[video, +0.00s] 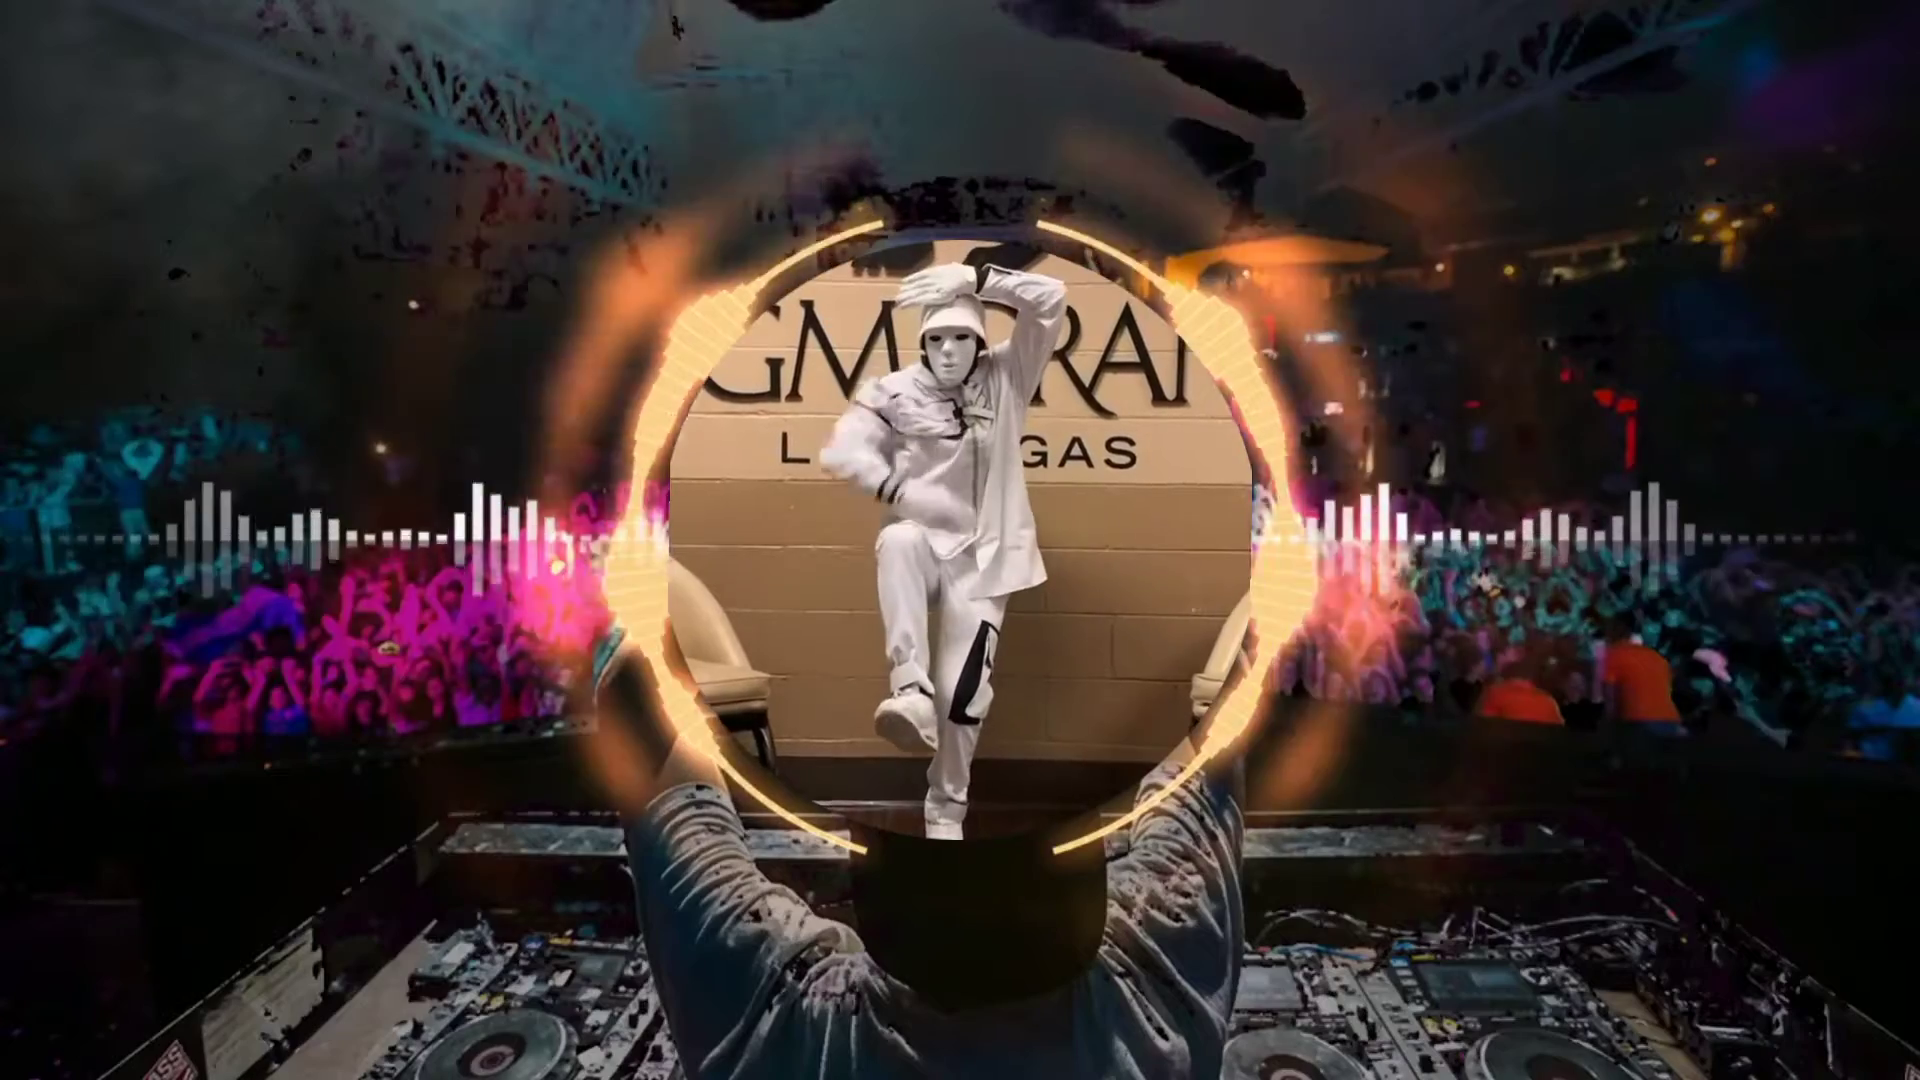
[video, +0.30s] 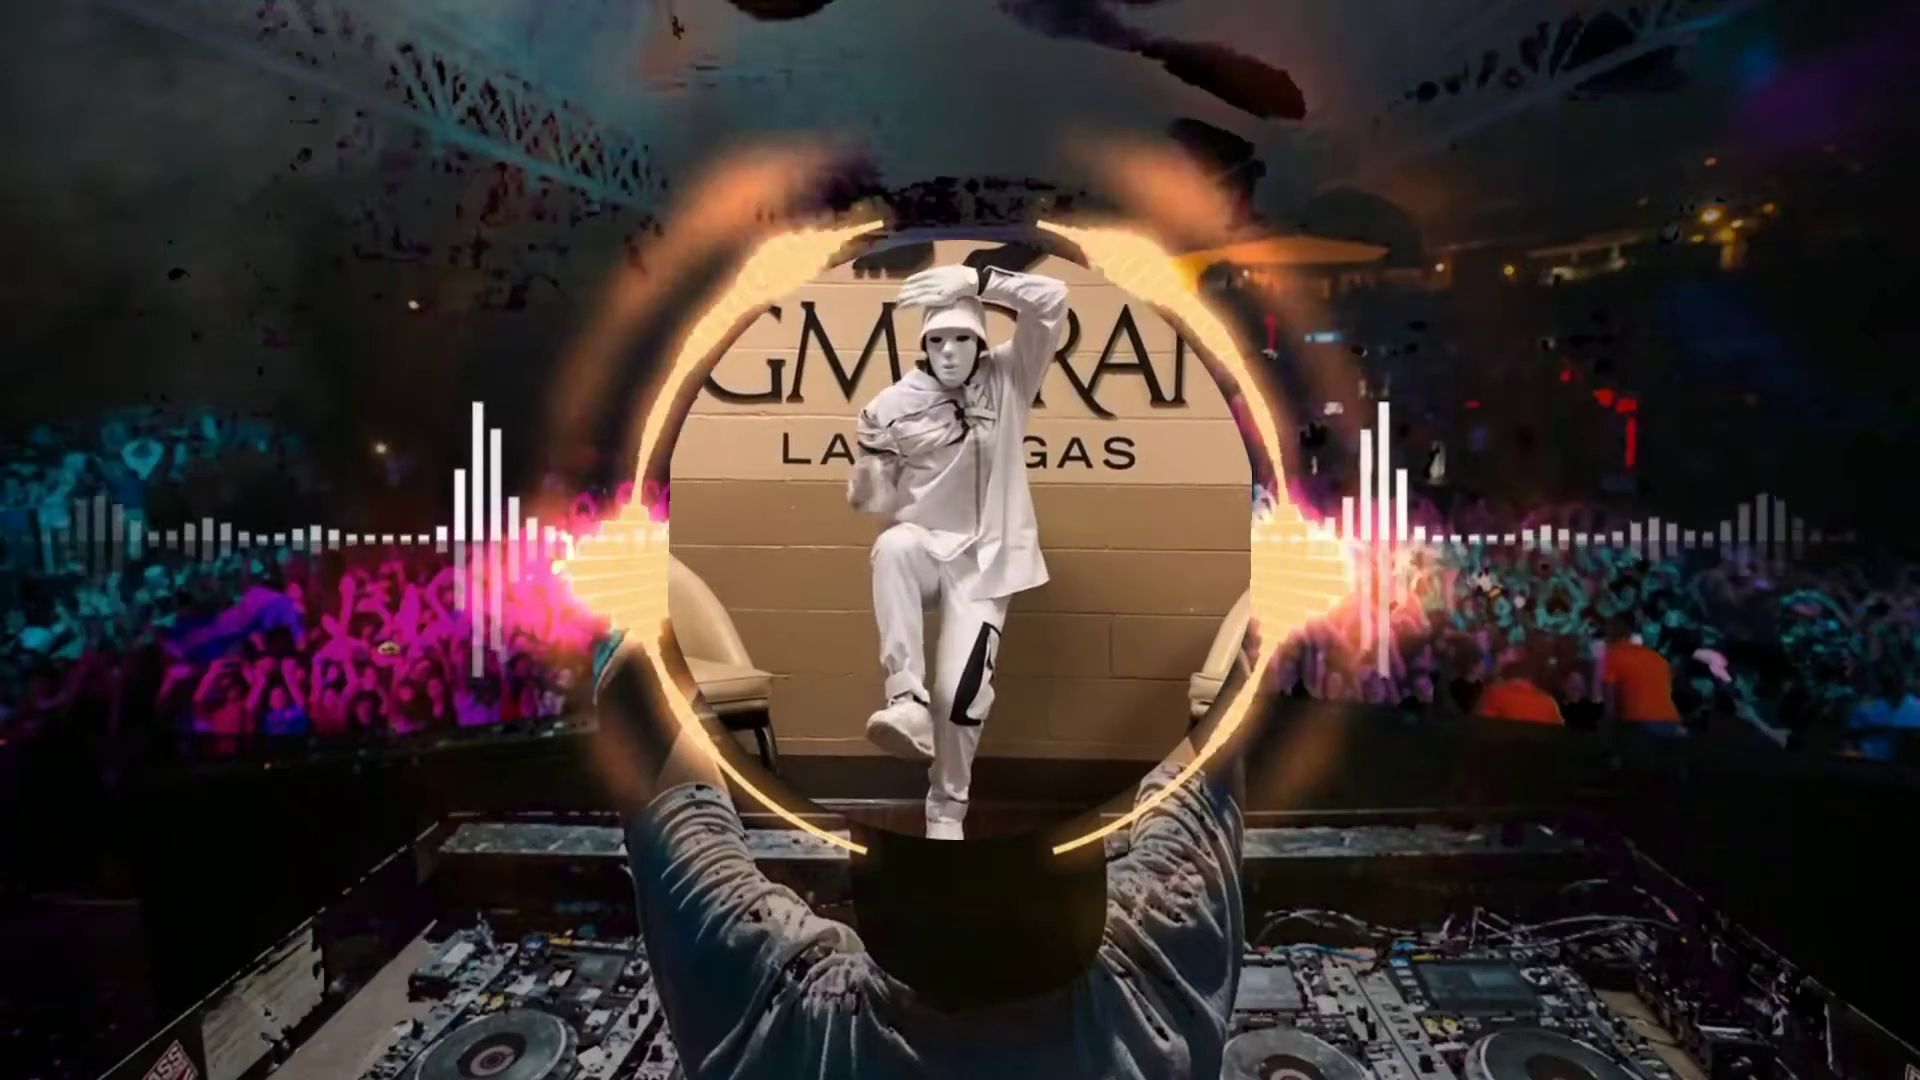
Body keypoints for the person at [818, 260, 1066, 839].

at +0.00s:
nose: (949, 351)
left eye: (961, 339)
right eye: (938, 340)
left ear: (978, 343)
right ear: (924, 345)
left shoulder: (1005, 379)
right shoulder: (893, 393)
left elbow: (1051, 301)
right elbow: (843, 451)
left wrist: (973, 277)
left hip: (987, 555)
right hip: (925, 550)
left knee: (964, 700)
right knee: (897, 538)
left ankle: (945, 820)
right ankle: (913, 695)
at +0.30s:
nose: (950, 352)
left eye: (963, 340)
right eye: (939, 342)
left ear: (980, 344)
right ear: (925, 347)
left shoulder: (1009, 381)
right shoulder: (898, 405)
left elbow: (1050, 300)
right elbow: (875, 504)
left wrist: (979, 278)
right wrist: (871, 458)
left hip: (989, 552)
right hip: (926, 544)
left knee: (959, 697)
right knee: (894, 546)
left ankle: (947, 817)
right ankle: (908, 703)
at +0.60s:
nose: (968, 353)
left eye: (979, 343)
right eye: (957, 341)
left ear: (994, 350)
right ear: (936, 344)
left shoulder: (1002, 405)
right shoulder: (886, 414)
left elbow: (1041, 367)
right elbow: (866, 502)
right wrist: (863, 572)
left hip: (980, 564)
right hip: (907, 544)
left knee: (966, 705)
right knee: (945, 567)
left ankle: (946, 816)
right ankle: (936, 718)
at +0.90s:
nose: (957, 350)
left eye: (969, 339)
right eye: (947, 337)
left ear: (984, 346)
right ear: (930, 342)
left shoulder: (1006, 411)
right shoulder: (887, 412)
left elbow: (1009, 499)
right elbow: (864, 504)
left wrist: (961, 482)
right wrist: (867, 580)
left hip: (978, 551)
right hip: (909, 543)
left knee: (963, 679)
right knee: (926, 597)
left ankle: (945, 809)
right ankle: (918, 744)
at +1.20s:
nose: (868, 343)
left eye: (879, 333)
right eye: (869, 332)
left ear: (915, 341)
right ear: (890, 339)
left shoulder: (966, 392)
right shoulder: (883, 398)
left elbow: (970, 487)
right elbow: (862, 482)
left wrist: (933, 409)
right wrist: (844, 552)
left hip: (936, 566)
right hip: (874, 562)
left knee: (914, 696)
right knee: (846, 685)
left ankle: (942, 814)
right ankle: (881, 799)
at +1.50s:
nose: (841, 332)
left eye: (850, 321)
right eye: (843, 320)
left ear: (881, 325)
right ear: (885, 326)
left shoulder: (932, 371)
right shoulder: (890, 382)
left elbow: (984, 437)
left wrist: (897, 455)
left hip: (931, 565)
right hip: (888, 562)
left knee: (884, 687)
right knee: (838, 665)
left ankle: (978, 800)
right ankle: (898, 791)